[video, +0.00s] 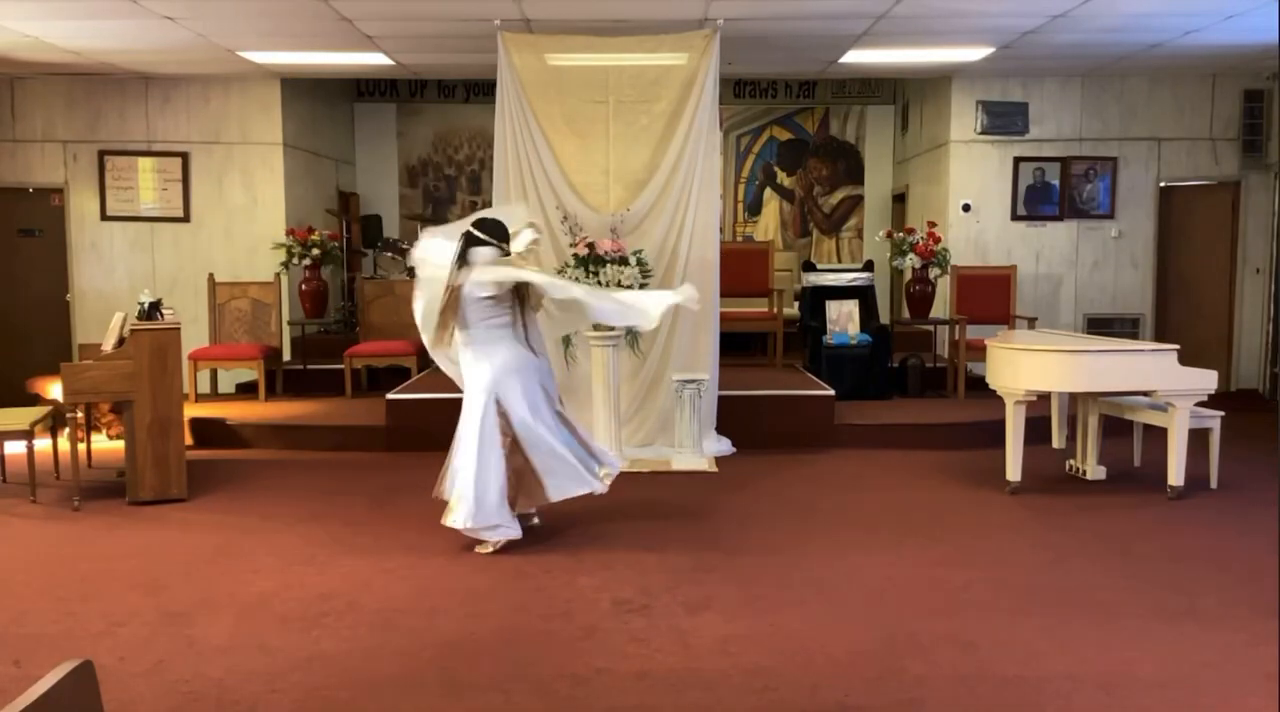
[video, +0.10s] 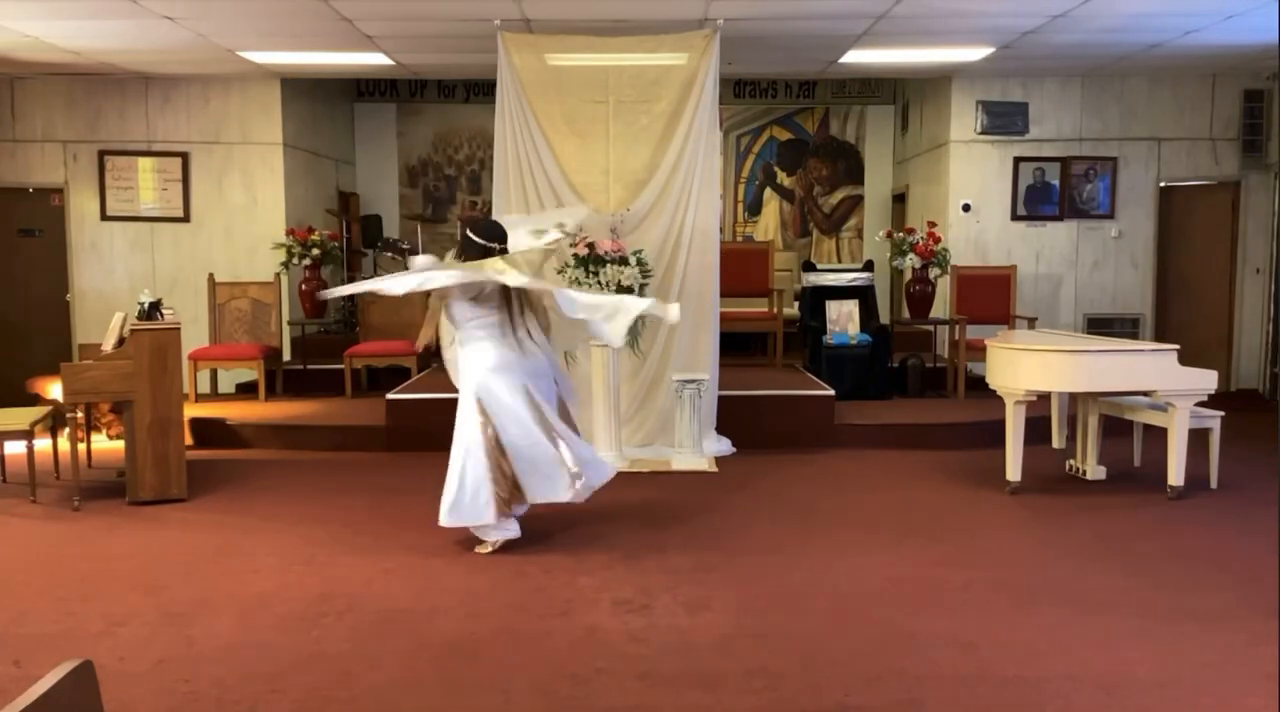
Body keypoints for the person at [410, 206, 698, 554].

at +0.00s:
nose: (476, 259)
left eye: (473, 251)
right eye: (483, 252)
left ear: (465, 251)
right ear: (503, 250)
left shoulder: (458, 282)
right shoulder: (517, 275)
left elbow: (439, 329)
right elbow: (545, 299)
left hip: (485, 366)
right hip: (522, 360)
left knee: (487, 444)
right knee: (525, 434)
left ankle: (500, 526)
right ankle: (525, 508)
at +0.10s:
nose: (463, 250)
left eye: (463, 244)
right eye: (476, 248)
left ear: (464, 251)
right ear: (501, 251)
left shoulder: (450, 281)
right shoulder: (518, 277)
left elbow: (429, 320)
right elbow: (548, 312)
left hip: (486, 371)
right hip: (528, 365)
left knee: (485, 446)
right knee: (519, 437)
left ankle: (499, 527)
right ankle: (510, 512)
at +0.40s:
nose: (507, 262)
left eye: (502, 255)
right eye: (505, 257)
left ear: (482, 253)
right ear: (503, 255)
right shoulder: (521, 279)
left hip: (479, 371)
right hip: (494, 373)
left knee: (474, 437)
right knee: (502, 436)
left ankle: (468, 507)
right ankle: (503, 513)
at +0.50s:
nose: (509, 261)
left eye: (501, 255)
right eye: (510, 255)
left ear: (477, 253)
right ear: (509, 254)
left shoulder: (453, 285)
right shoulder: (518, 281)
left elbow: (403, 295)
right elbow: (566, 276)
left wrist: (354, 298)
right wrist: (609, 261)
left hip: (465, 372)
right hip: (507, 372)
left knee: (462, 432)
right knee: (504, 434)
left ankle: (464, 501)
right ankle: (499, 512)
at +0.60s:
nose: (518, 262)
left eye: (511, 254)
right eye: (516, 255)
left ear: (481, 249)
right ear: (508, 252)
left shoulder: (462, 281)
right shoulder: (504, 280)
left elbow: (413, 289)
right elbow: (550, 291)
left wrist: (384, 289)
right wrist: (598, 288)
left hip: (465, 375)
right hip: (493, 377)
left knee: (471, 438)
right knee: (493, 439)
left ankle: (472, 506)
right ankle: (487, 511)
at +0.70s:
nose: (527, 258)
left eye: (518, 252)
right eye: (524, 252)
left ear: (489, 250)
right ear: (515, 251)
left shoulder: (474, 281)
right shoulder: (505, 283)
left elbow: (429, 296)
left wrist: (382, 305)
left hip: (461, 377)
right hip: (484, 380)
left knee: (468, 438)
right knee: (490, 442)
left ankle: (464, 500)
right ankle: (484, 512)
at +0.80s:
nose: (531, 255)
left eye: (527, 248)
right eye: (526, 249)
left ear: (496, 250)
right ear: (516, 252)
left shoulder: (504, 283)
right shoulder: (493, 285)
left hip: (498, 381)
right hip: (481, 384)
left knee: (499, 446)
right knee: (485, 448)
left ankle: (487, 511)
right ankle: (477, 516)